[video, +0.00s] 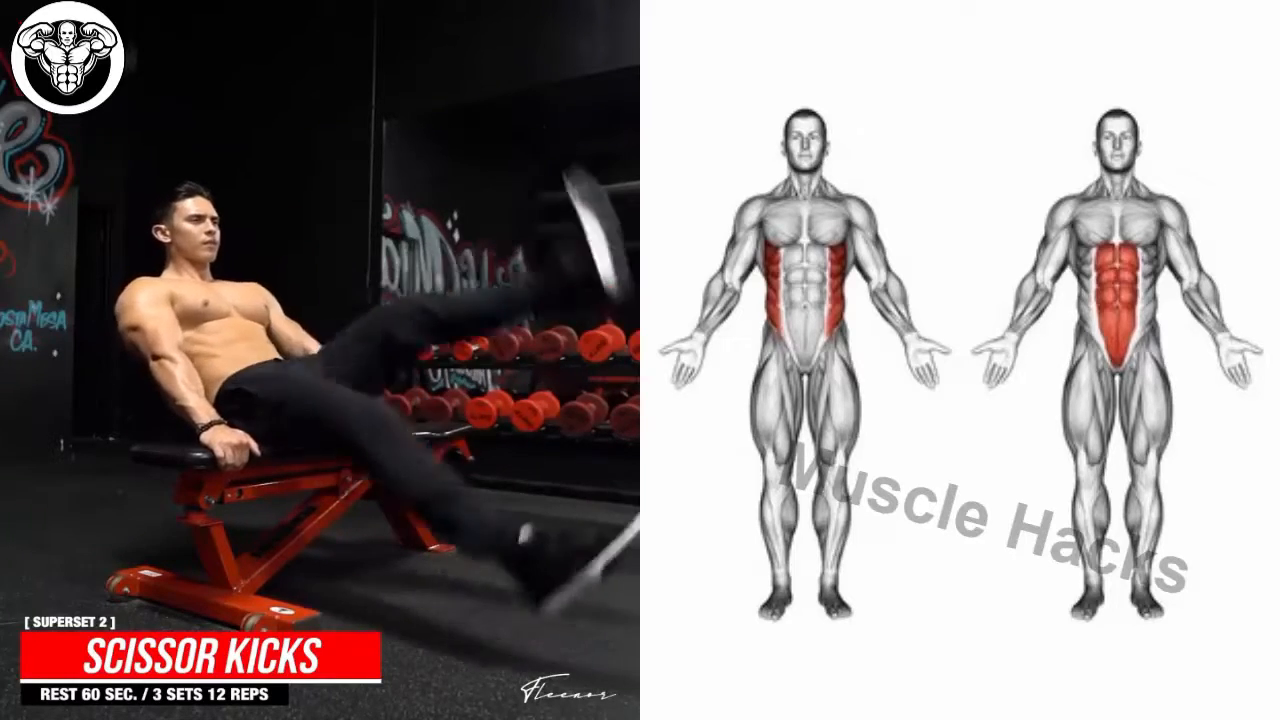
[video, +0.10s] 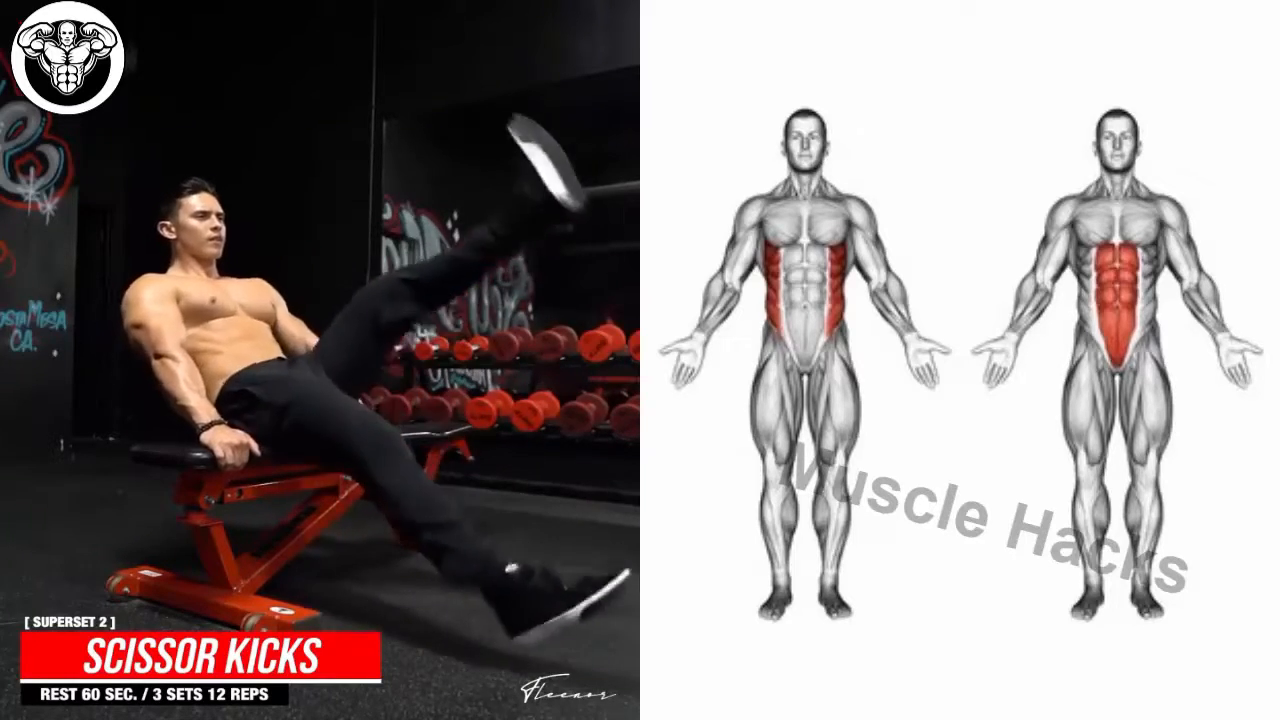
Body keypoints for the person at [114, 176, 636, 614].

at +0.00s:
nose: (209, 229)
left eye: (212, 220)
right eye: (195, 221)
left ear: (216, 230)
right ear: (164, 233)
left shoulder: (252, 295)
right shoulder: (145, 293)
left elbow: (314, 355)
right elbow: (167, 360)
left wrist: (374, 385)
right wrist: (209, 424)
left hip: (301, 379)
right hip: (245, 390)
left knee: (400, 316)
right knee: (370, 419)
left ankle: (559, 286)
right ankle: (521, 552)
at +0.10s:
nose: (215, 227)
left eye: (218, 217)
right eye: (201, 218)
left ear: (221, 226)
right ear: (169, 229)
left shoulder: (256, 289)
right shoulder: (150, 290)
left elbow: (315, 354)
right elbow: (170, 359)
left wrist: (349, 400)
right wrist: (209, 422)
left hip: (305, 377)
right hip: (255, 389)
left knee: (388, 296)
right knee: (377, 442)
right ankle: (507, 589)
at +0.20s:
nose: (223, 223)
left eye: (226, 215)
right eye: (209, 214)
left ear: (229, 225)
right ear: (176, 227)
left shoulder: (261, 287)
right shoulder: (155, 290)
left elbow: (320, 350)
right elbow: (171, 357)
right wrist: (209, 424)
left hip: (305, 375)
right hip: (251, 389)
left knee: (383, 292)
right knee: (375, 412)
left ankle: (527, 217)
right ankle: (514, 549)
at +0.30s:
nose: (226, 226)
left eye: (230, 217)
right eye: (212, 216)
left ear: (233, 226)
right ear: (180, 226)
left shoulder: (263, 287)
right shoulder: (156, 289)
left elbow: (322, 351)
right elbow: (173, 356)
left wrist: (376, 402)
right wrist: (209, 421)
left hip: (306, 378)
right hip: (251, 395)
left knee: (390, 304)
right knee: (365, 373)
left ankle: (548, 293)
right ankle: (535, 446)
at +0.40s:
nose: (227, 228)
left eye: (230, 219)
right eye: (213, 218)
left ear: (232, 228)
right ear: (180, 228)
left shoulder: (264, 288)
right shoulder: (156, 290)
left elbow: (310, 358)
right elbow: (173, 357)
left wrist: (357, 417)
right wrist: (211, 423)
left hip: (312, 402)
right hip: (251, 400)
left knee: (434, 350)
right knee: (368, 320)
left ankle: (577, 402)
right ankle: (547, 316)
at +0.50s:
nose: (226, 225)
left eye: (229, 217)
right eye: (211, 216)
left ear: (231, 227)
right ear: (178, 227)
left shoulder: (261, 288)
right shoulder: (155, 289)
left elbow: (311, 346)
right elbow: (173, 356)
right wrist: (212, 423)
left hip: (314, 402)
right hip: (252, 398)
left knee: (436, 398)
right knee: (351, 285)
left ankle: (579, 508)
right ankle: (518, 218)